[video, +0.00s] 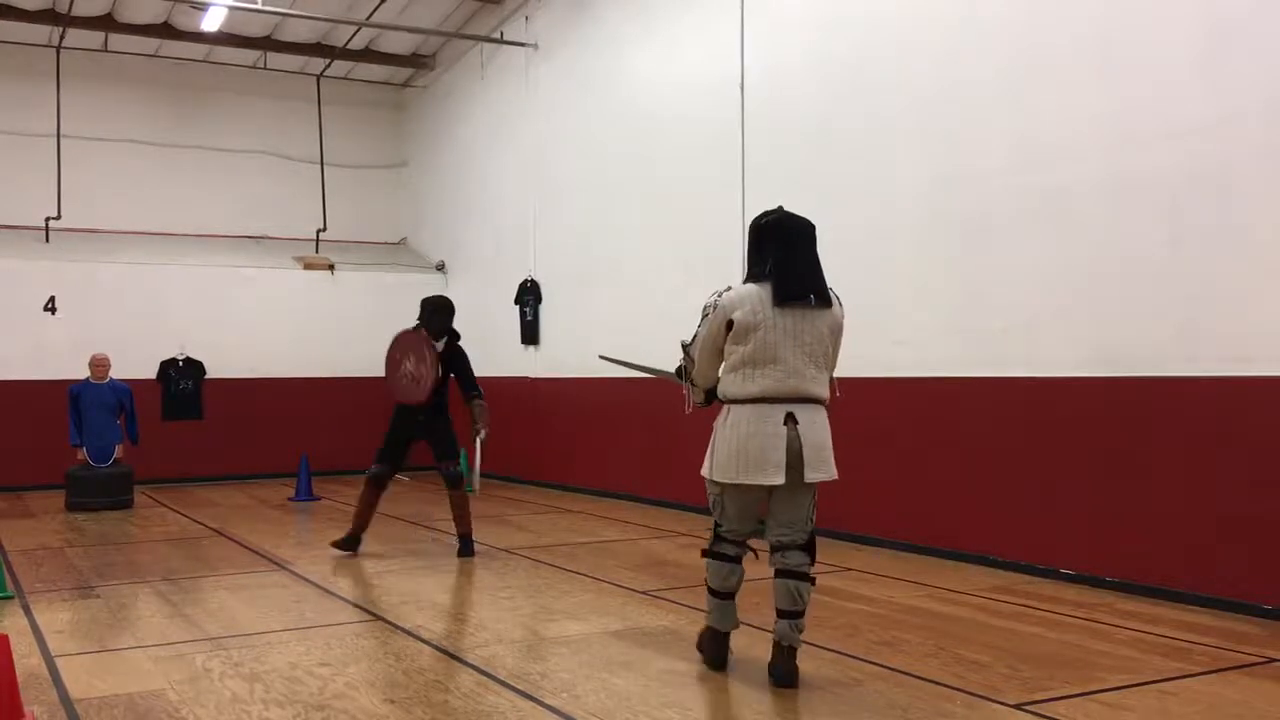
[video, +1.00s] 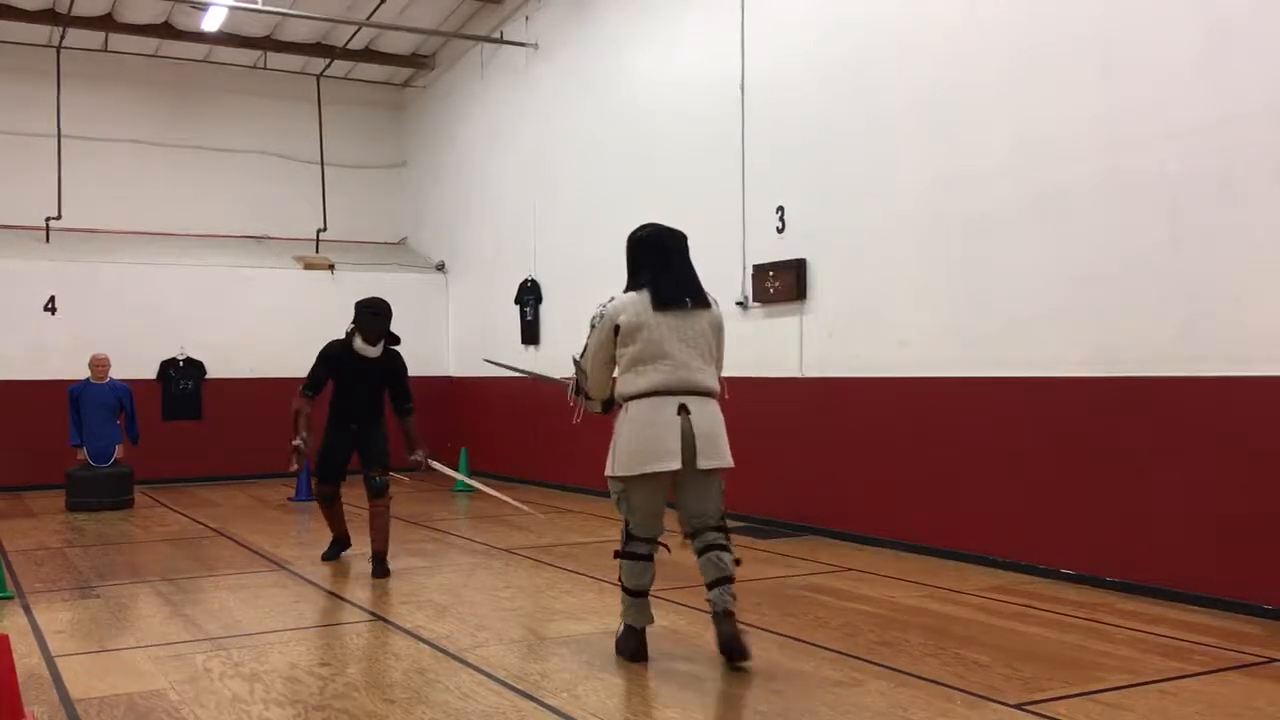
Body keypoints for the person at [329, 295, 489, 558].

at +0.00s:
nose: (426, 327)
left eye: (433, 322)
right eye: (425, 320)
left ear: (445, 323)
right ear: (421, 318)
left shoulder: (452, 351)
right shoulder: (409, 343)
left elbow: (471, 390)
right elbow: (397, 375)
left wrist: (480, 421)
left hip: (437, 419)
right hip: (405, 416)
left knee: (453, 476)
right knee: (378, 475)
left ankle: (465, 539)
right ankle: (354, 535)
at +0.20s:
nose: (402, 325)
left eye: (408, 319)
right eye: (397, 319)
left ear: (418, 322)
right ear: (389, 320)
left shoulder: (422, 354)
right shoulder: (378, 350)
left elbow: (438, 390)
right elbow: (361, 382)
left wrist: (451, 418)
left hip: (409, 424)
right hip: (375, 423)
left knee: (437, 479)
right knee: (348, 480)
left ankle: (462, 538)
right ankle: (342, 543)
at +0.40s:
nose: (381, 322)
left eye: (386, 316)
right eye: (376, 316)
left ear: (392, 318)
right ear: (364, 317)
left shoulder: (397, 352)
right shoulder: (347, 348)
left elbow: (410, 392)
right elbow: (329, 385)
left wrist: (426, 423)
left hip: (384, 422)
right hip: (351, 422)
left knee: (412, 473)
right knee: (332, 482)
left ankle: (419, 534)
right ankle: (341, 542)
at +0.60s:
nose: (373, 322)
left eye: (377, 316)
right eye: (367, 316)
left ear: (383, 319)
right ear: (353, 317)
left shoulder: (387, 353)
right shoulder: (333, 348)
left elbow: (394, 399)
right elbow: (315, 390)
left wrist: (402, 436)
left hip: (377, 426)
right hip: (340, 423)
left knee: (384, 479)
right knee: (330, 485)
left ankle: (378, 544)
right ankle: (340, 542)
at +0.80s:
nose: (370, 325)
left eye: (375, 319)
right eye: (365, 318)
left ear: (382, 323)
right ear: (352, 321)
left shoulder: (388, 359)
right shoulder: (330, 354)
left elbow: (392, 404)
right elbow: (304, 399)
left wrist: (398, 440)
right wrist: (290, 443)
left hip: (372, 430)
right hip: (335, 429)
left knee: (375, 488)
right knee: (327, 490)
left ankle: (379, 553)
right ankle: (341, 542)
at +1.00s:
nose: (374, 331)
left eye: (380, 326)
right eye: (369, 325)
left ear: (386, 327)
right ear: (357, 323)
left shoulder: (392, 360)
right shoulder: (335, 352)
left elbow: (404, 407)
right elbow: (306, 395)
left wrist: (415, 447)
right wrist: (301, 435)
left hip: (373, 429)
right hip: (338, 428)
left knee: (379, 487)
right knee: (325, 488)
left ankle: (379, 557)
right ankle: (340, 537)